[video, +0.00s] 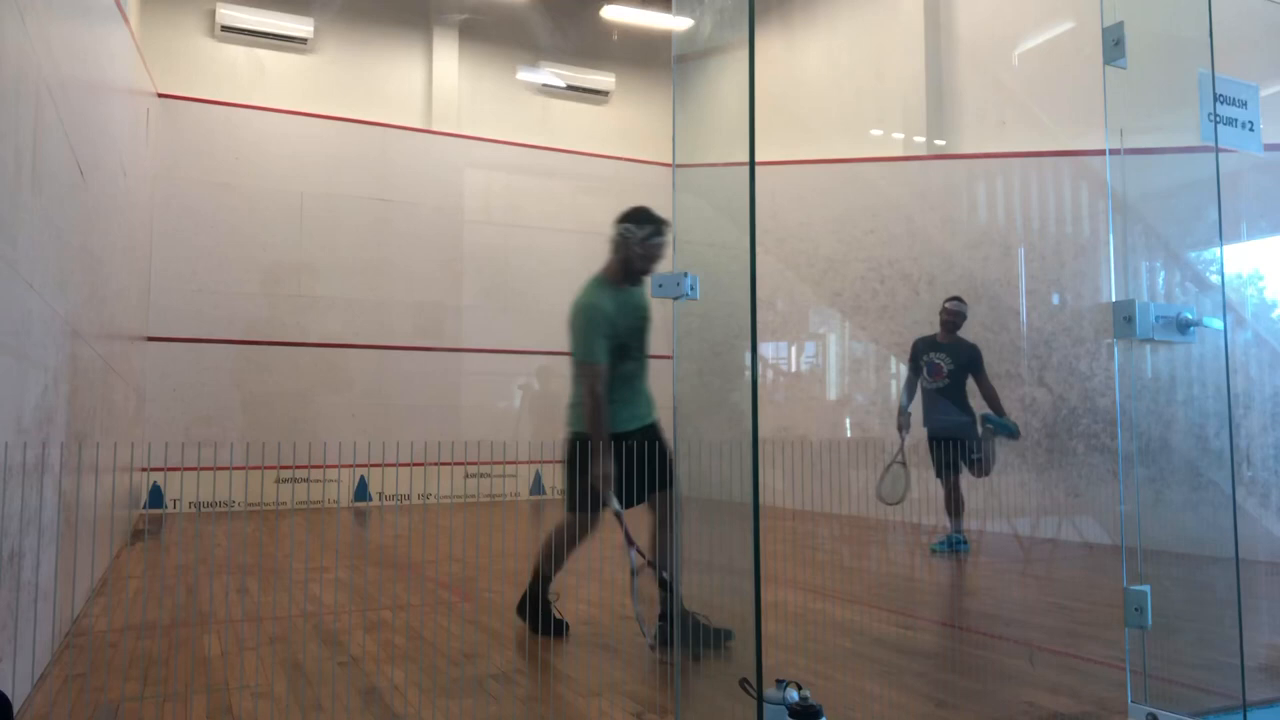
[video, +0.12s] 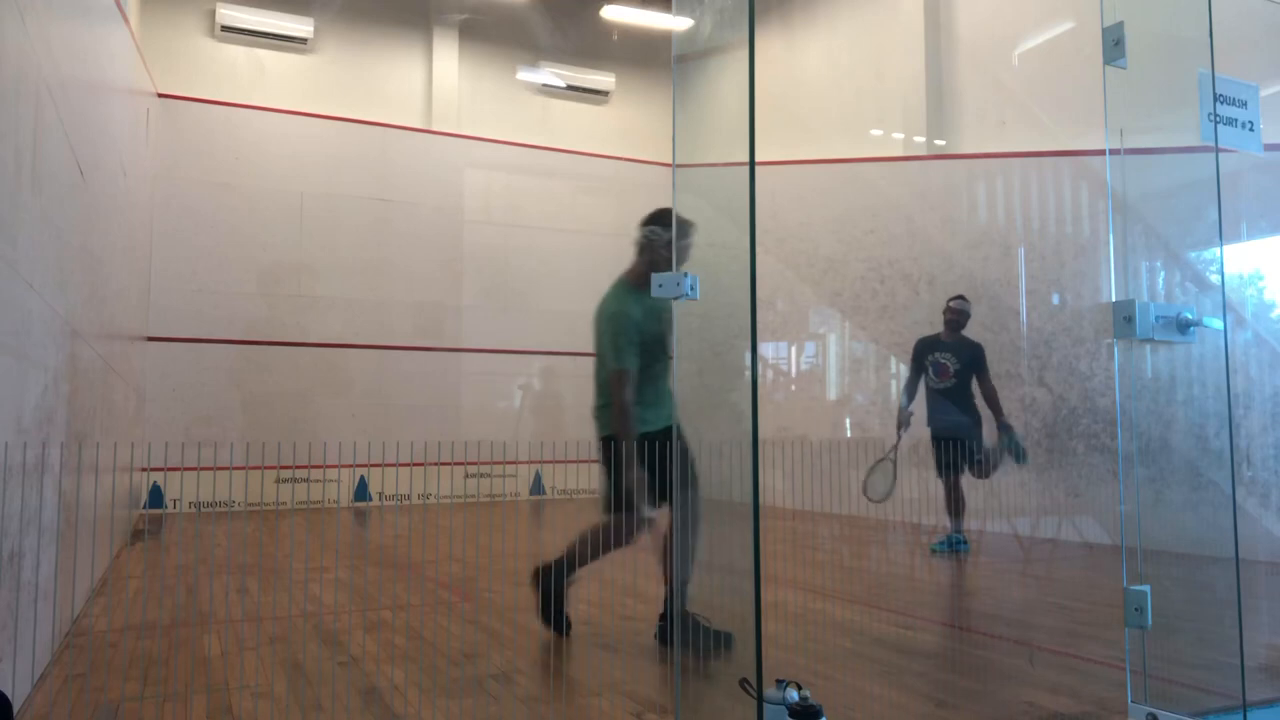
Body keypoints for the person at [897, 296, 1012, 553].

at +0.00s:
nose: (950, 318)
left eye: (957, 315)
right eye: (947, 313)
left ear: (964, 320)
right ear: (939, 314)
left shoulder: (969, 351)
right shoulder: (921, 346)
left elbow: (985, 387)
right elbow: (912, 380)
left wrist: (1004, 420)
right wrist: (903, 410)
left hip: (963, 423)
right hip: (936, 425)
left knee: (980, 470)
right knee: (949, 483)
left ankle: (989, 432)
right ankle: (957, 535)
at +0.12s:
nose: (953, 317)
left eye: (959, 314)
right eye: (950, 311)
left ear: (967, 319)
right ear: (943, 313)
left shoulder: (973, 350)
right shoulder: (924, 346)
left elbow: (986, 387)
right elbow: (913, 380)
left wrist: (1001, 422)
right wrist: (903, 408)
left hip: (968, 422)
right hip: (940, 424)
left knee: (980, 471)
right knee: (950, 480)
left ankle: (1005, 444)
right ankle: (957, 535)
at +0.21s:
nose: (956, 317)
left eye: (963, 313)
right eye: (953, 311)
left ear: (970, 319)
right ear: (946, 313)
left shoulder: (977, 349)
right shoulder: (927, 346)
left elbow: (988, 386)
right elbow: (915, 381)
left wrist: (1002, 421)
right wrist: (907, 412)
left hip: (973, 422)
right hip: (945, 423)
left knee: (982, 471)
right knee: (953, 480)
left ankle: (1017, 474)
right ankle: (957, 536)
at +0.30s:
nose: (959, 316)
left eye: (966, 313)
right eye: (956, 311)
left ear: (974, 319)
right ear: (950, 313)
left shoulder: (981, 348)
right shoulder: (932, 347)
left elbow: (994, 385)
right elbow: (921, 382)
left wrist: (1009, 418)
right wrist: (913, 414)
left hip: (980, 423)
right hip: (950, 424)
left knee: (995, 474)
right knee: (955, 480)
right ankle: (957, 535)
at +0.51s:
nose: (986, 316)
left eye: (991, 312)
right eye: (982, 311)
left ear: (996, 316)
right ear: (971, 313)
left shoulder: (1004, 349)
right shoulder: (952, 349)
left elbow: (1022, 383)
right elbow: (939, 386)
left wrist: (1039, 412)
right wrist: (932, 418)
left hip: (996, 425)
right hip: (964, 423)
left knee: (1011, 483)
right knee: (960, 481)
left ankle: (1022, 538)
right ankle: (958, 535)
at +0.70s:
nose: (1013, 316)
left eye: (1019, 312)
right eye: (1010, 309)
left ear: (1023, 318)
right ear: (1000, 312)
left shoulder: (1027, 353)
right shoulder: (975, 342)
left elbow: (1041, 390)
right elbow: (956, 378)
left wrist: (1052, 423)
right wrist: (949, 411)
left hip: (1009, 423)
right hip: (976, 419)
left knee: (1017, 480)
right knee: (959, 473)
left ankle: (1023, 538)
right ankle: (991, 510)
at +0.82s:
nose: (1022, 318)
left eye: (1029, 315)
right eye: (1019, 311)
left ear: (1034, 321)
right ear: (1011, 312)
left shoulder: (1033, 356)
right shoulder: (983, 341)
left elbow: (1042, 394)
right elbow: (960, 373)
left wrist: (1051, 429)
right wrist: (952, 405)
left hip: (1013, 423)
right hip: (981, 419)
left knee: (1022, 481)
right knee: (968, 479)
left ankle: (1023, 538)